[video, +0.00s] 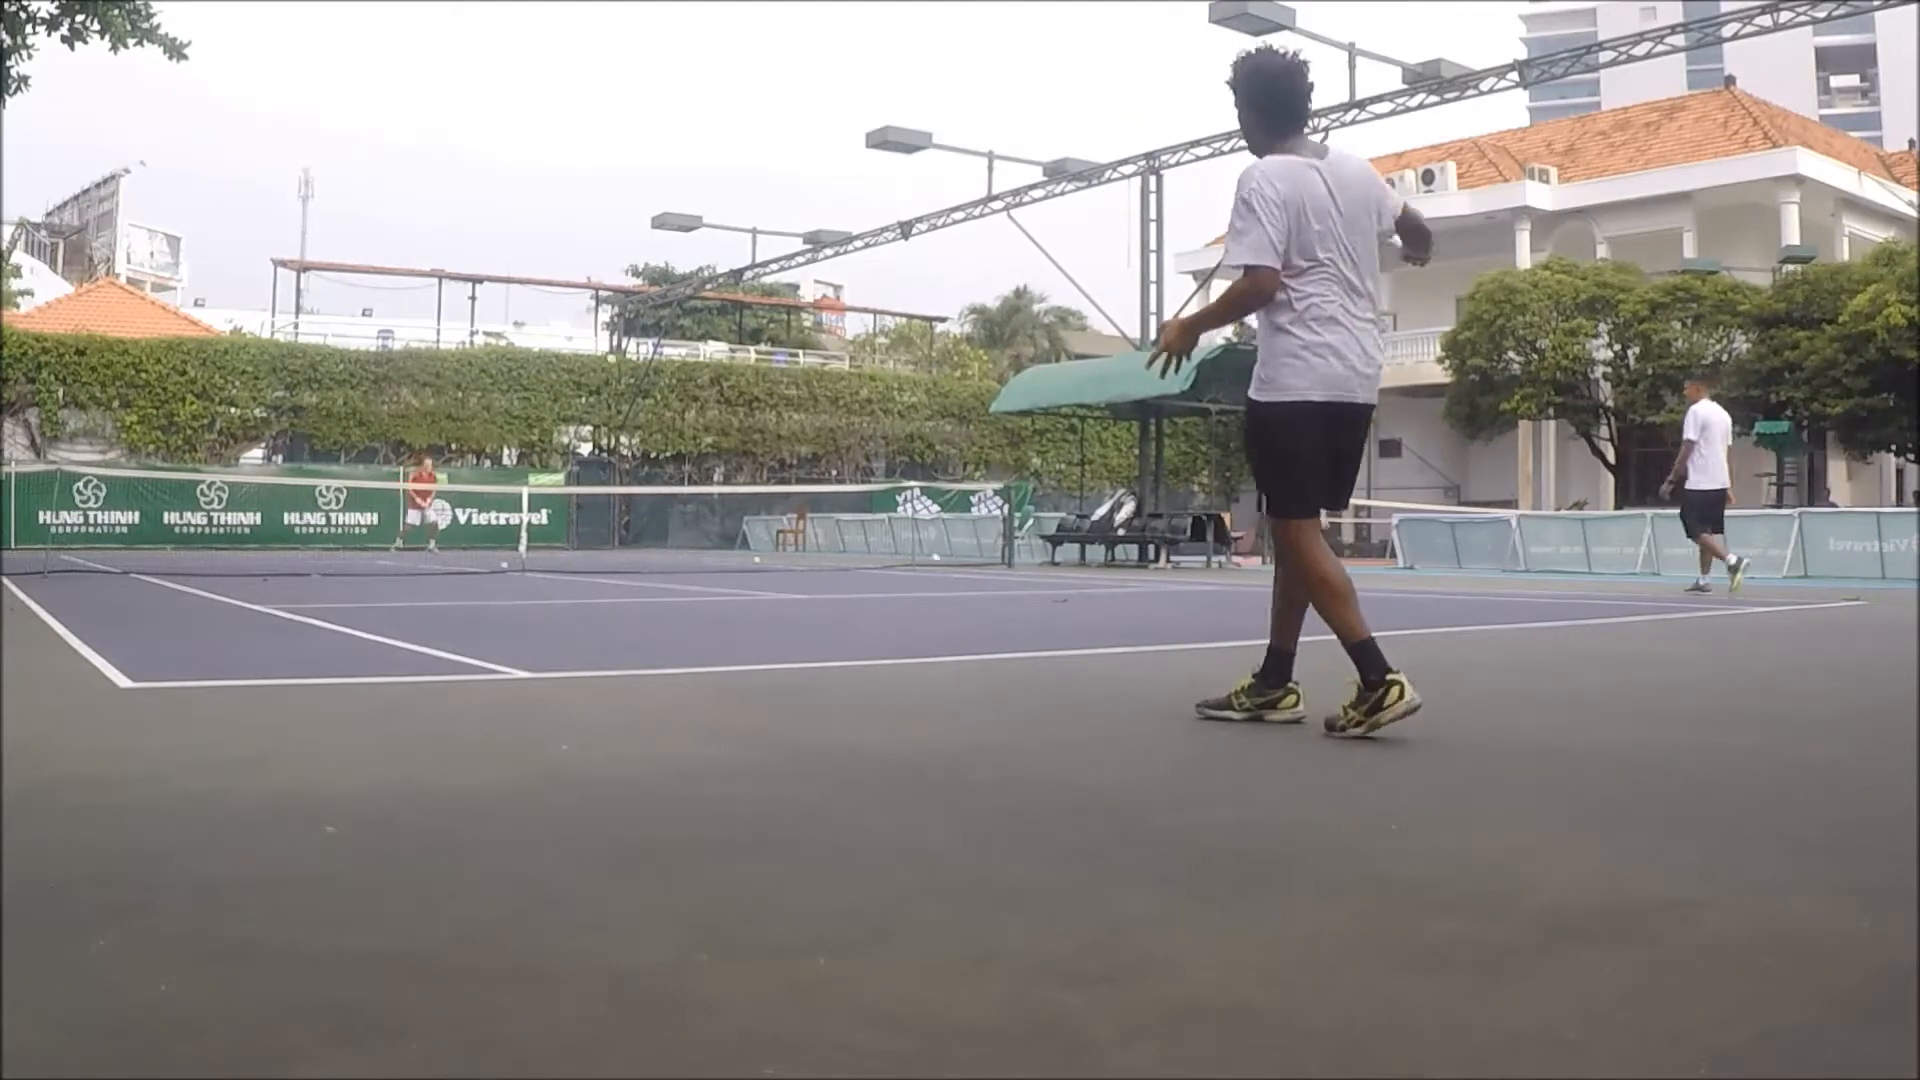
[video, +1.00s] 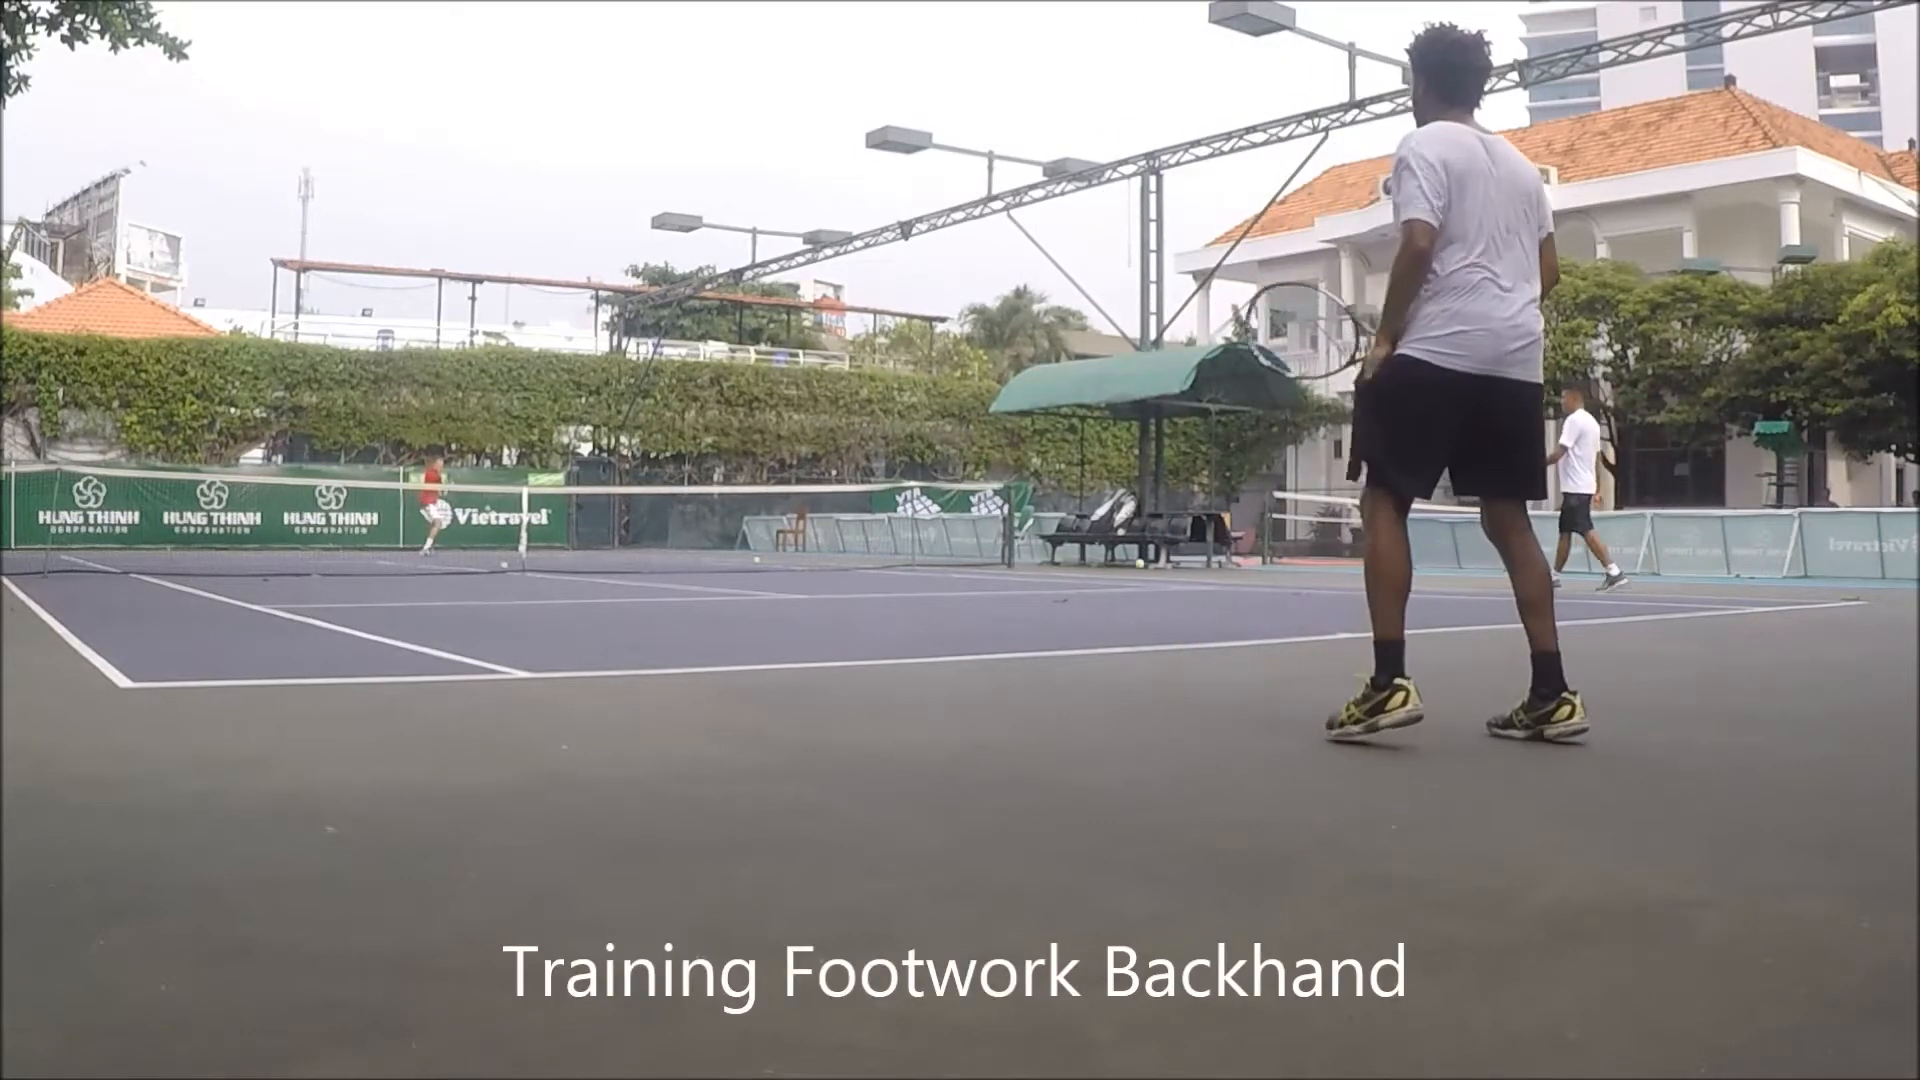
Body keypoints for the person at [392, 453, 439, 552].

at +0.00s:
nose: (428, 466)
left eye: (430, 464)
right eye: (426, 464)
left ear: (432, 465)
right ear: (422, 465)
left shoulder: (433, 476)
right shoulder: (414, 474)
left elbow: (434, 489)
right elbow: (409, 488)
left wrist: (429, 499)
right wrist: (417, 499)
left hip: (426, 504)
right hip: (414, 504)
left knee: (433, 522)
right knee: (410, 524)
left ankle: (432, 544)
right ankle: (398, 542)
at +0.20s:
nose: (436, 463)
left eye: (437, 460)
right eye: (434, 460)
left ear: (439, 462)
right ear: (429, 461)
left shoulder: (439, 474)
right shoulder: (421, 472)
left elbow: (438, 488)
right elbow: (417, 486)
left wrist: (433, 499)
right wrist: (426, 500)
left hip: (432, 500)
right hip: (420, 499)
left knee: (436, 521)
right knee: (417, 519)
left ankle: (432, 544)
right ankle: (409, 543)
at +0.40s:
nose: (440, 465)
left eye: (441, 463)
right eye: (438, 463)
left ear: (442, 465)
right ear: (432, 464)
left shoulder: (442, 477)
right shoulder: (425, 474)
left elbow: (441, 491)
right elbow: (421, 488)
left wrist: (437, 503)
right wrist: (428, 501)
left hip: (435, 502)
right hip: (425, 501)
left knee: (439, 523)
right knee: (429, 519)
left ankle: (431, 545)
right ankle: (416, 540)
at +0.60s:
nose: (441, 465)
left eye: (442, 462)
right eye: (438, 462)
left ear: (442, 463)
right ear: (432, 462)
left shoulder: (437, 474)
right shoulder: (430, 474)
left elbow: (437, 489)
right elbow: (434, 489)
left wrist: (441, 500)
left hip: (433, 500)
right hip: (426, 500)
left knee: (436, 521)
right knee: (431, 521)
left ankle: (431, 544)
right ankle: (420, 545)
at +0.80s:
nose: (441, 463)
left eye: (442, 461)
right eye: (440, 460)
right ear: (434, 460)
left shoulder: (435, 472)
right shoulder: (431, 472)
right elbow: (433, 487)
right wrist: (445, 490)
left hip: (433, 500)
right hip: (428, 500)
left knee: (435, 522)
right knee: (437, 519)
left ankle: (428, 544)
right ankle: (422, 541)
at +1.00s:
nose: (440, 467)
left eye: (441, 464)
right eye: (438, 464)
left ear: (441, 465)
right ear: (433, 464)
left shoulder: (437, 475)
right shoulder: (431, 474)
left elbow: (437, 488)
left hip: (434, 500)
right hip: (427, 501)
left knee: (438, 522)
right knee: (437, 521)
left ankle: (429, 547)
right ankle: (426, 547)